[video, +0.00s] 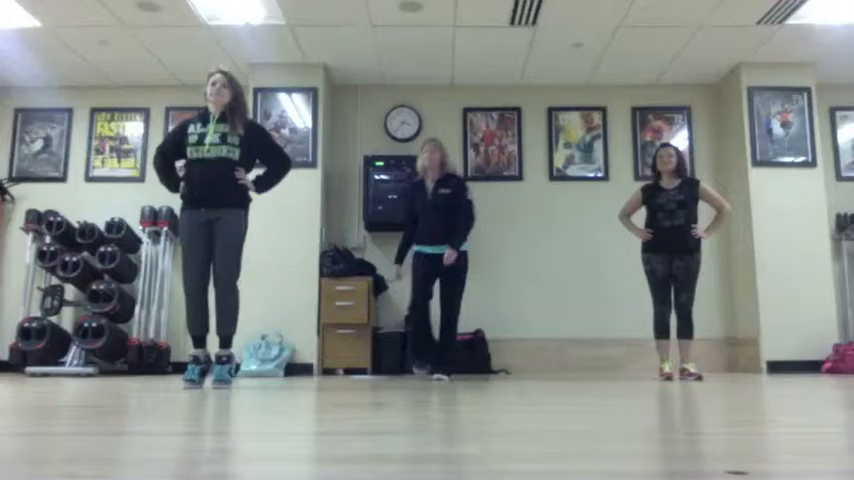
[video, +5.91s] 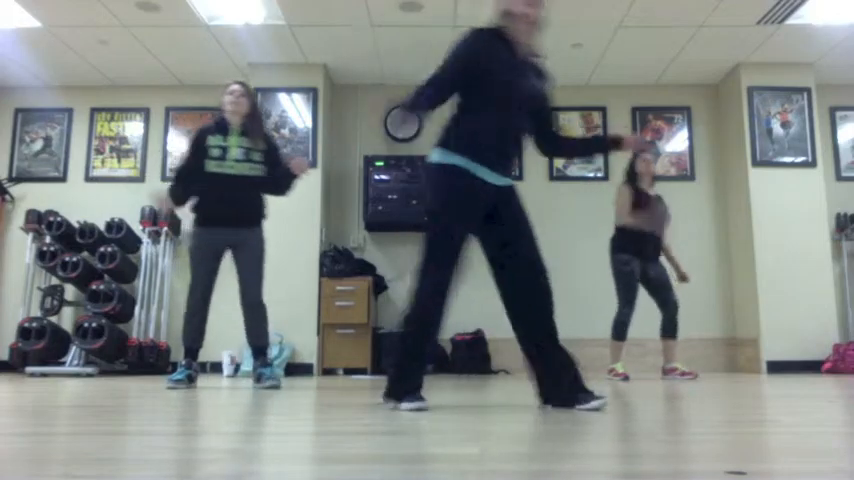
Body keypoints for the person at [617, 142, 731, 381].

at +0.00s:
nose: (666, 160)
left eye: (670, 156)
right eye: (662, 157)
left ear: (678, 160)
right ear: (655, 162)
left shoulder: (692, 186)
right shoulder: (648, 190)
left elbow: (724, 209)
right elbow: (623, 214)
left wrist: (707, 232)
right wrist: (638, 232)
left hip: (686, 253)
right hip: (656, 254)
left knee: (684, 308)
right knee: (662, 309)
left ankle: (686, 363)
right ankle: (664, 363)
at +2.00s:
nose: (671, 162)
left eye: (674, 157)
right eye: (666, 159)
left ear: (682, 161)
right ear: (659, 164)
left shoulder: (696, 188)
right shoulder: (651, 190)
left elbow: (722, 210)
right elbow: (622, 212)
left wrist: (708, 234)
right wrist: (641, 232)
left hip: (689, 253)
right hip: (659, 254)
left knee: (686, 308)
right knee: (663, 307)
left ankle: (686, 363)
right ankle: (664, 363)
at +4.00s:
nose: (644, 163)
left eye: (648, 159)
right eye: (640, 160)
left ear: (656, 163)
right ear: (634, 166)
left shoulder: (670, 190)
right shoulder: (625, 193)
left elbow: (695, 212)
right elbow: (598, 217)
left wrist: (684, 233)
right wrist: (618, 235)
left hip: (667, 253)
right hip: (638, 254)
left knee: (664, 307)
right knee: (644, 308)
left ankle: (662, 362)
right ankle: (649, 363)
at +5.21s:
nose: (635, 164)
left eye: (639, 161)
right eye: (631, 161)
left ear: (645, 166)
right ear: (622, 165)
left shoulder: (656, 194)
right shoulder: (612, 196)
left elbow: (675, 223)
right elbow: (606, 230)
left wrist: (690, 250)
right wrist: (613, 210)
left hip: (656, 255)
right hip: (626, 256)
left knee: (663, 308)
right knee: (627, 310)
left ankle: (663, 363)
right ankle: (616, 364)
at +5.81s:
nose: (638, 163)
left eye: (640, 160)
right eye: (633, 160)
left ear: (643, 166)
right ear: (622, 166)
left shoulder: (649, 194)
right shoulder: (611, 190)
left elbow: (656, 231)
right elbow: (615, 210)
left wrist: (671, 264)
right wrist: (626, 181)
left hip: (645, 256)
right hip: (619, 256)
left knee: (676, 299)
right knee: (619, 307)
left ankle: (672, 358)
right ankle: (615, 365)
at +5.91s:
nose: (647, 165)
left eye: (650, 161)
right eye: (642, 160)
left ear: (654, 166)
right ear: (634, 165)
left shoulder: (658, 201)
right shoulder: (626, 190)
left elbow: (661, 239)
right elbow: (622, 220)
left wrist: (678, 269)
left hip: (650, 257)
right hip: (626, 254)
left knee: (670, 306)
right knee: (626, 306)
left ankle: (670, 364)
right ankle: (615, 364)